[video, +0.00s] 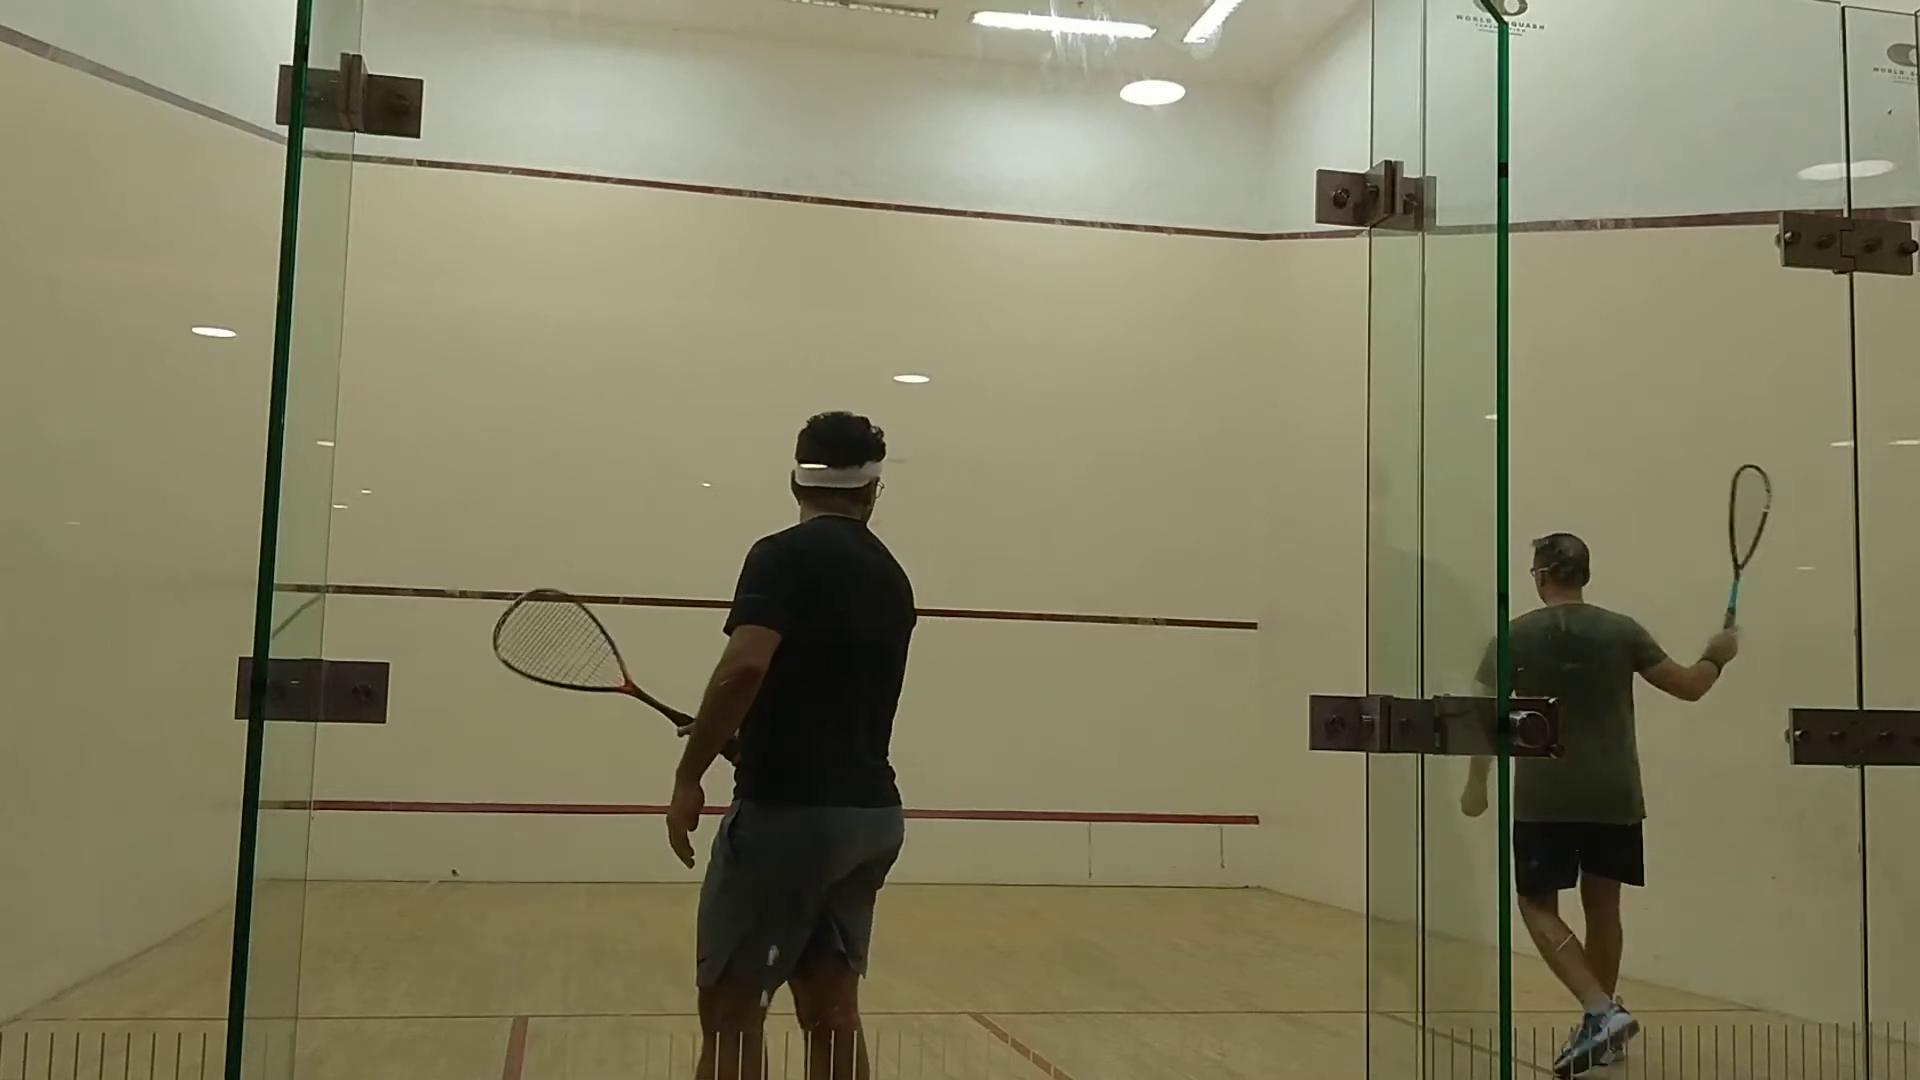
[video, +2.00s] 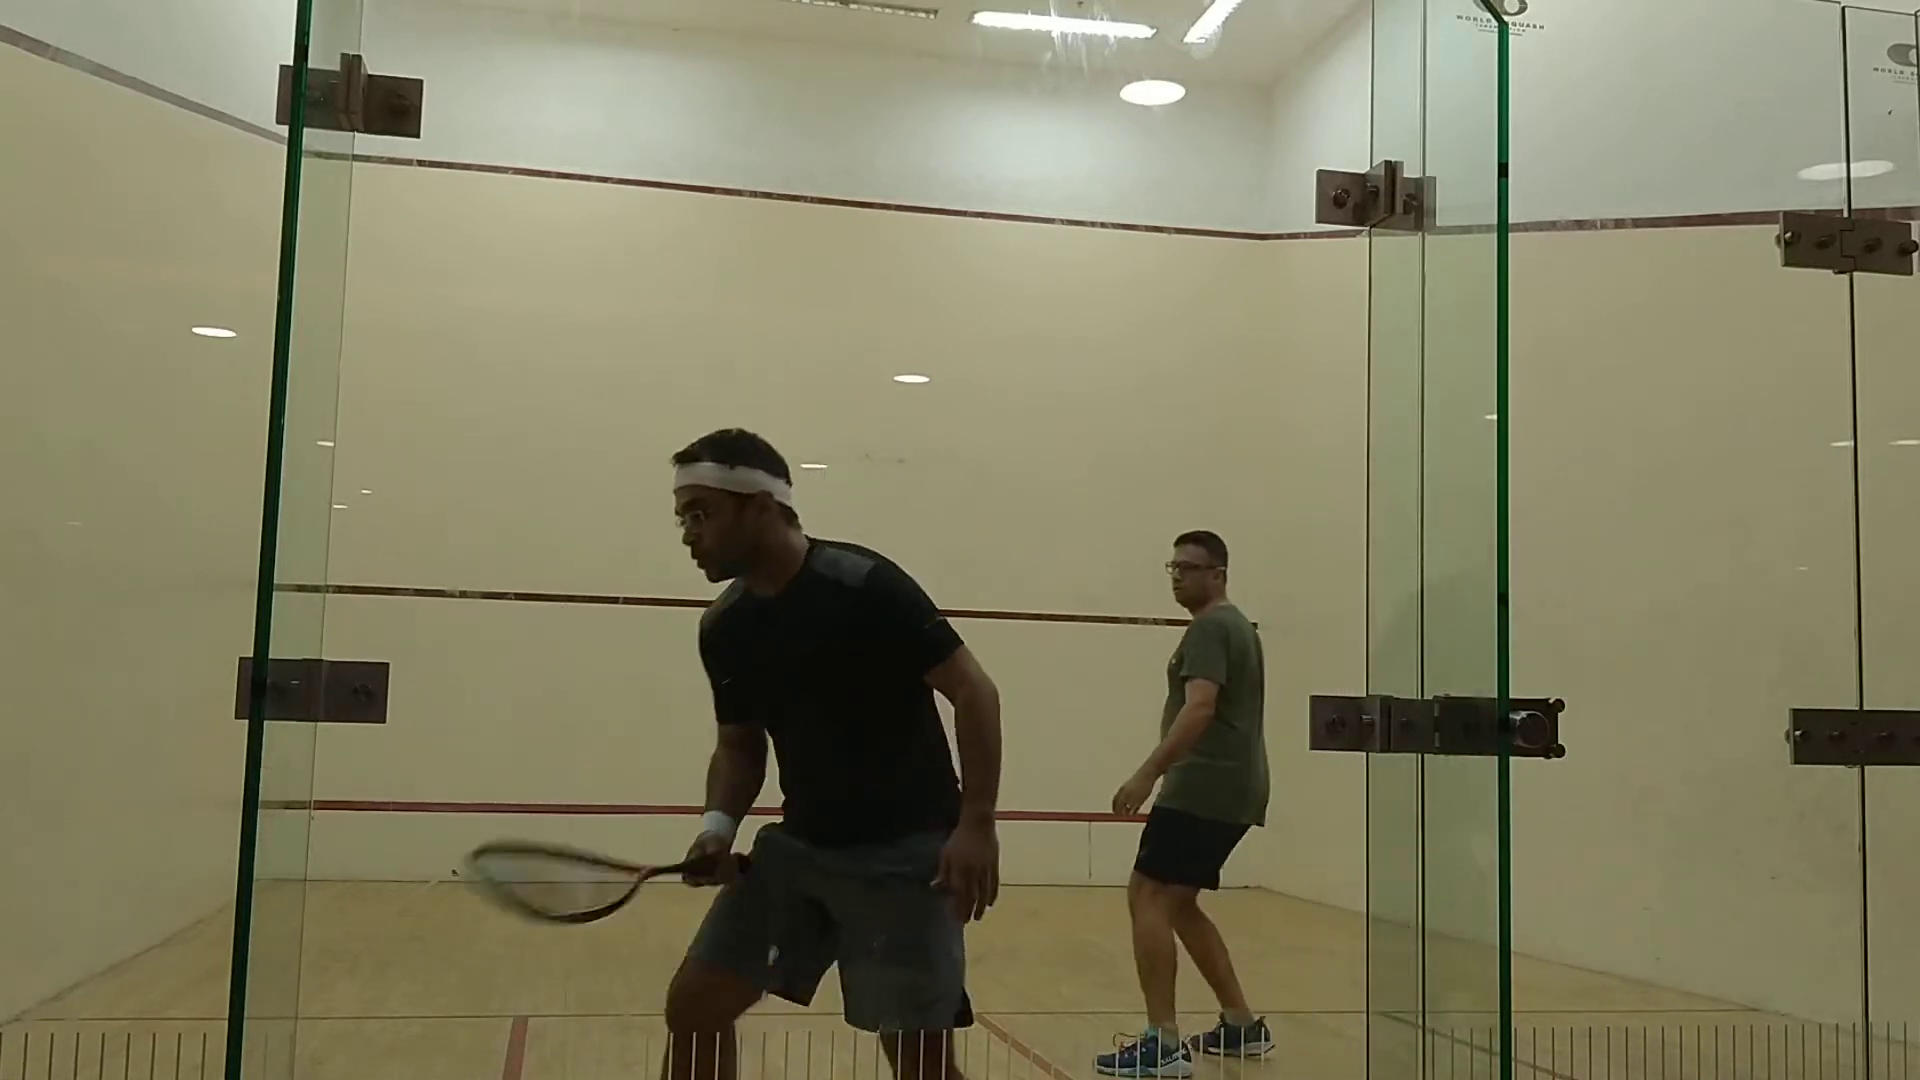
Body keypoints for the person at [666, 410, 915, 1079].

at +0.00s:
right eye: (874, 483)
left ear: (798, 484)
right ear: (874, 491)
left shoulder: (779, 555)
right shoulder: (891, 576)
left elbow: (744, 669)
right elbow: (855, 704)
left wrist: (688, 775)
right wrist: (748, 737)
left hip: (781, 821)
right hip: (871, 819)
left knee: (731, 1009)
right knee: (830, 1003)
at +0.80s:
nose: (781, 476)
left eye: (776, 468)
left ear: (774, 476)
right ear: (854, 479)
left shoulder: (762, 562)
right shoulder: (895, 576)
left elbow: (716, 673)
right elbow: (896, 706)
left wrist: (657, 764)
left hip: (785, 820)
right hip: (876, 819)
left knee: (732, 1006)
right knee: (830, 1002)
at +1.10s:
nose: (770, 473)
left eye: (771, 463)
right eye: (778, 462)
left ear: (774, 475)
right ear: (849, 475)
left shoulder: (796, 559)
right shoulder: (882, 561)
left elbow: (794, 673)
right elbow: (869, 699)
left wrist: (730, 799)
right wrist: (789, 803)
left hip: (818, 818)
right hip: (890, 815)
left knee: (772, 1007)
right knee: (835, 1004)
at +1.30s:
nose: (773, 476)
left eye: (774, 464)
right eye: (779, 463)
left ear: (785, 482)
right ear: (861, 479)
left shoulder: (821, 567)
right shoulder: (889, 558)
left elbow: (823, 696)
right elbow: (891, 708)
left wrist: (774, 831)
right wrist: (813, 832)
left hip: (857, 830)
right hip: (908, 825)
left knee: (821, 1024)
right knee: (837, 1017)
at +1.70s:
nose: (747, 499)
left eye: (758, 480)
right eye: (748, 481)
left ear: (813, 483)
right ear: (812, 484)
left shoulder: (880, 571)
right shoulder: (829, 576)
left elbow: (911, 705)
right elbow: (841, 704)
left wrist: (862, 849)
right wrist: (785, 760)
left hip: (916, 843)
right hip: (838, 838)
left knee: (915, 1050)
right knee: (759, 1018)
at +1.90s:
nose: (711, 509)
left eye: (724, 489)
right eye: (708, 493)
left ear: (786, 485)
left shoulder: (887, 577)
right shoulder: (754, 597)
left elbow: (971, 697)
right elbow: (760, 706)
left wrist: (952, 826)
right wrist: (736, 776)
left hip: (904, 856)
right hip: (805, 852)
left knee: (928, 1054)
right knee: (737, 1024)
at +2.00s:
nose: (687, 535)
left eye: (699, 514)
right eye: (683, 518)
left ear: (759, 506)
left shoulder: (868, 585)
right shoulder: (725, 628)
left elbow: (975, 695)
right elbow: (740, 743)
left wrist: (977, 825)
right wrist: (716, 830)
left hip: (906, 858)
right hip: (802, 851)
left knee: (921, 1058)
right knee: (695, 1009)